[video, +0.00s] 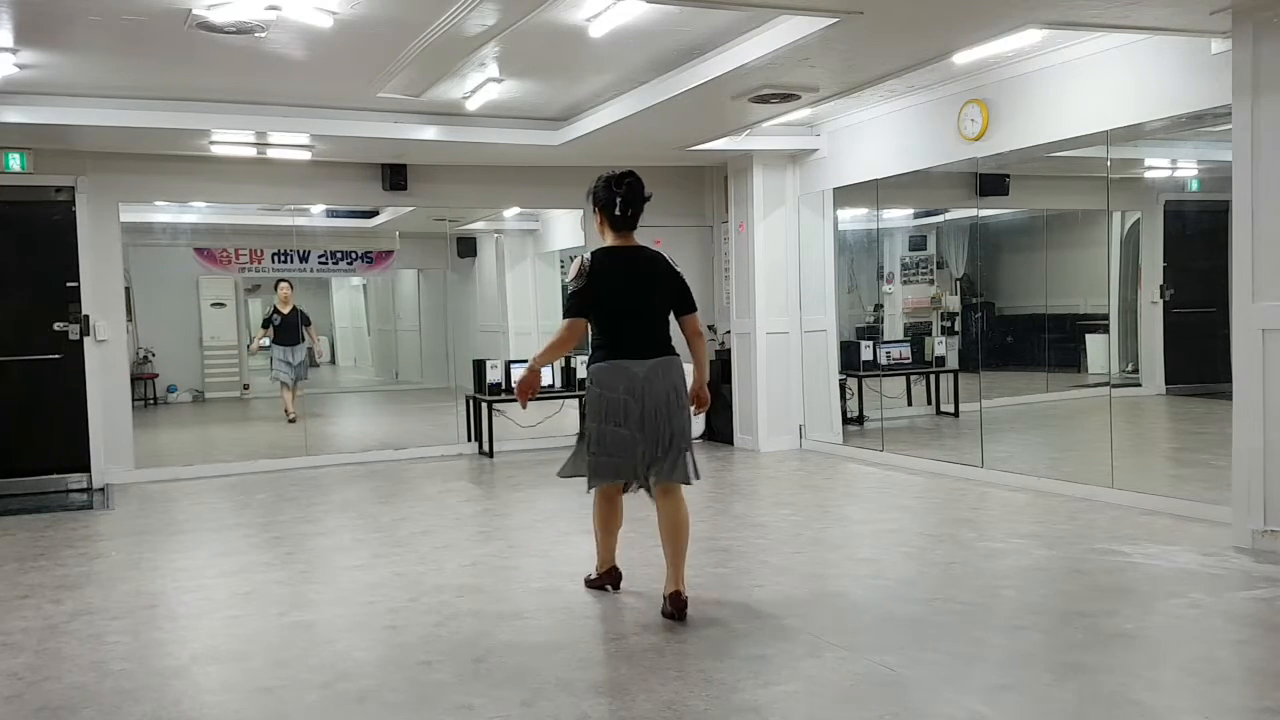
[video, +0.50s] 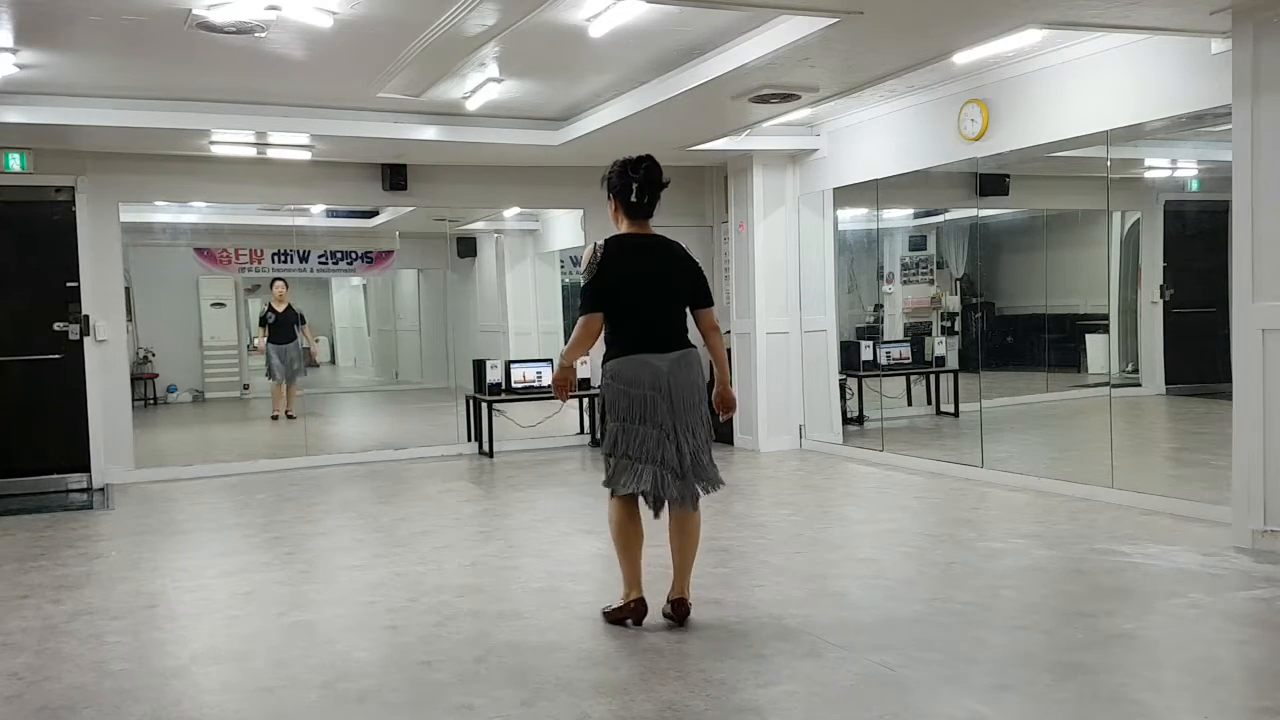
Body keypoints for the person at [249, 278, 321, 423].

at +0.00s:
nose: (285, 292)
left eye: (287, 289)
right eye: (281, 289)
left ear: (291, 291)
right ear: (276, 292)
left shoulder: (298, 311)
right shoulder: (271, 311)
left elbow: (309, 327)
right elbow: (264, 329)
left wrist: (316, 344)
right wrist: (256, 342)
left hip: (298, 349)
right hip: (280, 350)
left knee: (295, 381)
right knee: (285, 381)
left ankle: (289, 406)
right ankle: (290, 411)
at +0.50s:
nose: (280, 291)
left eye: (282, 288)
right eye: (277, 288)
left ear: (287, 290)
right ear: (272, 291)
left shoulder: (295, 309)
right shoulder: (266, 310)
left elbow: (304, 328)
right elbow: (262, 328)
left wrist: (312, 345)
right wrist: (261, 341)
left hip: (292, 346)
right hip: (274, 347)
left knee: (291, 380)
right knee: (277, 379)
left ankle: (290, 409)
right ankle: (276, 409)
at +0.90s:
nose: (266, 289)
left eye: (269, 287)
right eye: (263, 287)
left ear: (273, 290)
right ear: (258, 290)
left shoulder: (278, 309)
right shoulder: (253, 308)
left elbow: (289, 327)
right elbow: (246, 325)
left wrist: (302, 342)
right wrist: (240, 336)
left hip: (276, 347)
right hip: (258, 348)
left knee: (283, 379)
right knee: (256, 380)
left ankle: (288, 409)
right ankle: (254, 410)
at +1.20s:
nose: (256, 290)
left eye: (258, 287)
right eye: (252, 287)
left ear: (262, 290)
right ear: (247, 290)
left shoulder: (267, 309)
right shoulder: (241, 308)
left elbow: (277, 328)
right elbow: (234, 327)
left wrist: (289, 343)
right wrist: (232, 336)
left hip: (265, 347)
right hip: (247, 347)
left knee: (267, 379)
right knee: (250, 381)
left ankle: (267, 409)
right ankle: (253, 410)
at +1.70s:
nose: (245, 289)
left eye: (248, 286)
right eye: (242, 287)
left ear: (252, 289)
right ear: (236, 290)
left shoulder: (257, 308)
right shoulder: (232, 308)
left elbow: (268, 327)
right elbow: (225, 327)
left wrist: (282, 339)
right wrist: (221, 336)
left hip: (256, 347)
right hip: (238, 347)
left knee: (261, 380)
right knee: (238, 379)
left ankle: (261, 411)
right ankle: (235, 410)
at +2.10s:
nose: (226, 290)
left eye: (229, 287)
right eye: (223, 287)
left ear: (233, 289)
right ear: (218, 290)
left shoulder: (237, 308)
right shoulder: (212, 308)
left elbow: (248, 327)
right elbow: (205, 325)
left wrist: (261, 338)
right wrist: (204, 330)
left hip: (237, 347)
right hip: (219, 348)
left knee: (248, 378)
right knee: (221, 382)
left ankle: (260, 409)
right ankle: (223, 413)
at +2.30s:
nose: (219, 290)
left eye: (222, 287)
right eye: (215, 287)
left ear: (226, 290)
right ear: (210, 290)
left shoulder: (230, 308)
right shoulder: (207, 308)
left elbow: (240, 328)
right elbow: (198, 325)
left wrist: (253, 342)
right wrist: (200, 333)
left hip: (232, 346)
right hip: (214, 348)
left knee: (240, 378)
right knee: (218, 383)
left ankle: (245, 409)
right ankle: (223, 412)